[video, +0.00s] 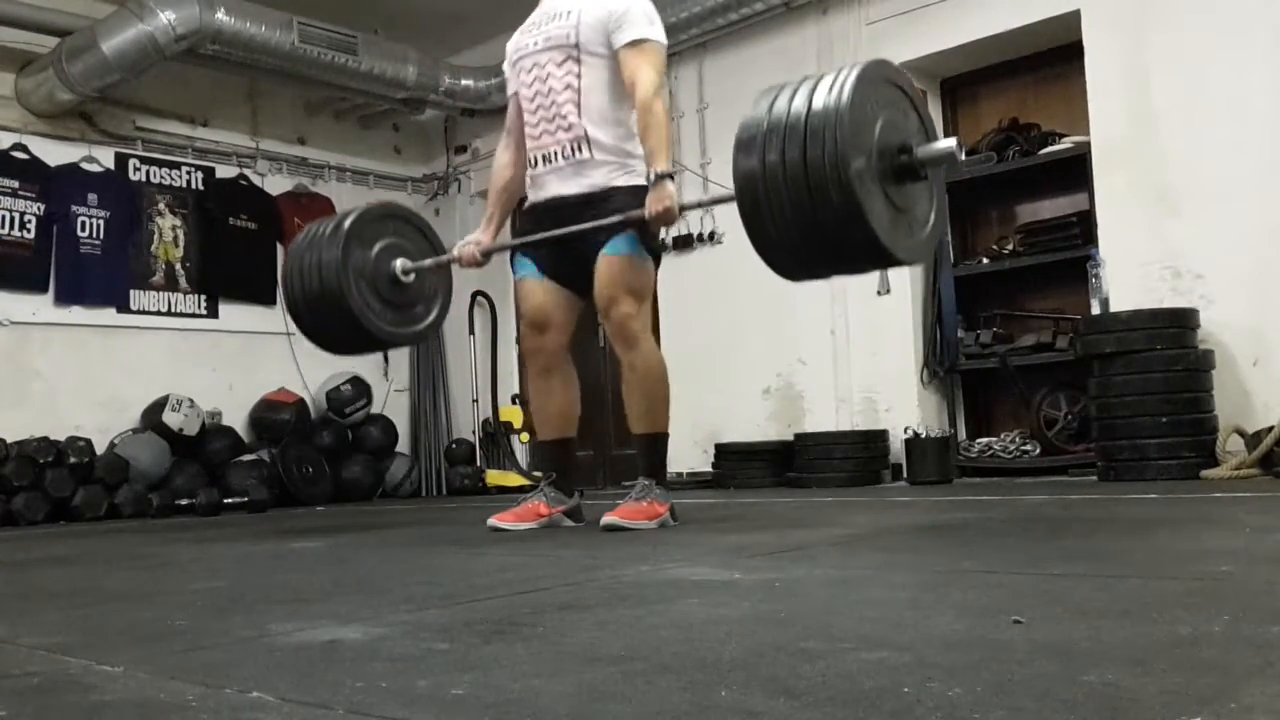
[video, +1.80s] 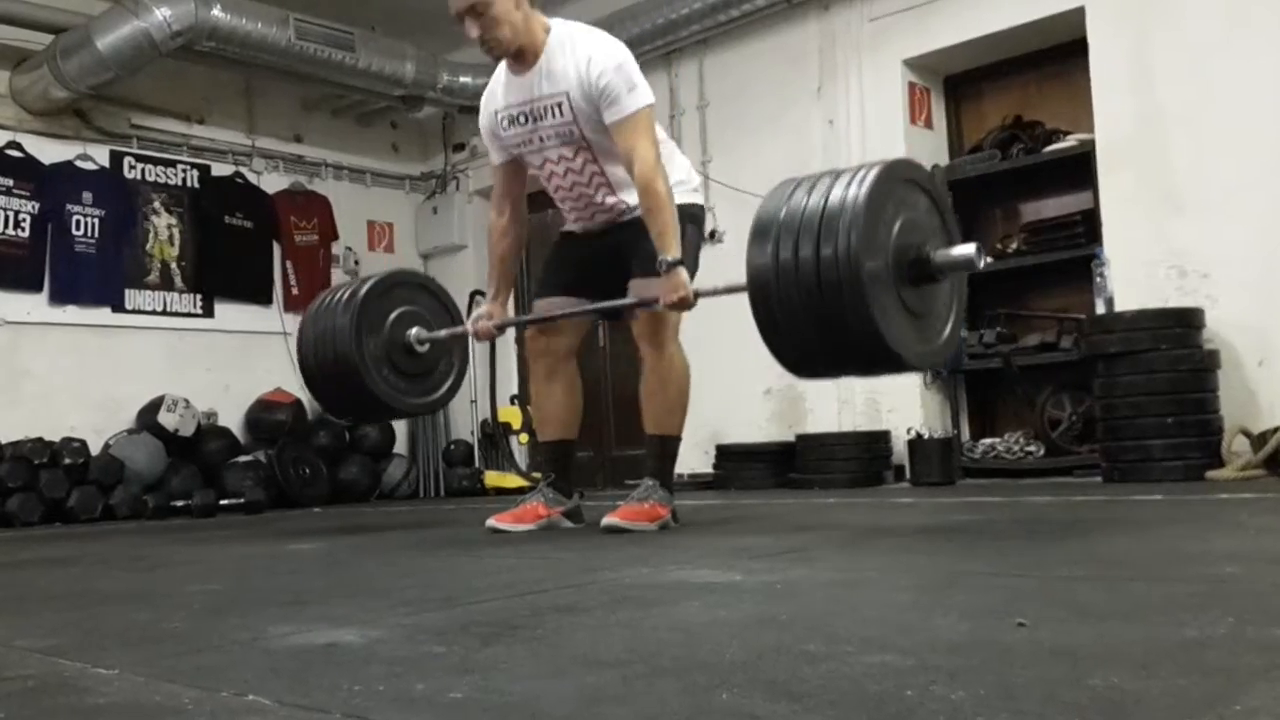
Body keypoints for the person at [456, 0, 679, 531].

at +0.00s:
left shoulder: (621, 5)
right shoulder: (519, 41)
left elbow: (647, 89)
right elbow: (513, 143)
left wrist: (661, 176)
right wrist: (488, 229)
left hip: (617, 194)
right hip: (544, 207)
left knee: (625, 320)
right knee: (540, 336)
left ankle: (653, 487)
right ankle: (558, 492)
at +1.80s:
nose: (474, 32)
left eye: (479, 12)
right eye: (463, 22)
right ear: (463, 26)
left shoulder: (597, 56)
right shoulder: (495, 102)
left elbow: (646, 163)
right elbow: (506, 207)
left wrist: (670, 261)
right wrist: (497, 298)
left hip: (657, 207)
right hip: (586, 225)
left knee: (653, 327)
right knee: (546, 338)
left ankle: (658, 490)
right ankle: (556, 493)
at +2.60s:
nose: (456, 197)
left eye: (460, 178)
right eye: (444, 188)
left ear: (497, 155)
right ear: (439, 189)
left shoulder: (586, 198)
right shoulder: (491, 238)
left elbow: (651, 297)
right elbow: (507, 329)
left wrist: (677, 402)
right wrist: (500, 419)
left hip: (676, 252)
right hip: (597, 282)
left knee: (631, 317)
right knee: (526, 341)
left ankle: (656, 490)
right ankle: (558, 493)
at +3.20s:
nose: (458, 167)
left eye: (463, 149)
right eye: (447, 158)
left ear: (501, 130)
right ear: (442, 159)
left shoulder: (584, 181)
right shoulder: (489, 219)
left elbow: (647, 284)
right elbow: (506, 315)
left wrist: (671, 387)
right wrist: (493, 408)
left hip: (671, 250)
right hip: (595, 278)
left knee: (626, 315)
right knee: (524, 341)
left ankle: (654, 490)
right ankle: (558, 493)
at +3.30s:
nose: (456, 153)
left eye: (462, 134)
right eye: (445, 143)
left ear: (500, 116)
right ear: (440, 144)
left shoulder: (582, 169)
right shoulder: (487, 210)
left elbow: (645, 276)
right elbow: (503, 308)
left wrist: (668, 377)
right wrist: (490, 400)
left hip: (670, 240)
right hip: (593, 269)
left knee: (628, 313)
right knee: (526, 338)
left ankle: (654, 490)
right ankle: (557, 493)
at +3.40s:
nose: (454, 137)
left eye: (460, 118)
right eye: (443, 127)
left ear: (500, 100)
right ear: (439, 128)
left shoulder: (579, 153)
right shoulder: (486, 194)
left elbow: (642, 257)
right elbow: (502, 295)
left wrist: (665, 362)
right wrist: (488, 384)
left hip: (668, 232)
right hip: (592, 262)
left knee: (628, 314)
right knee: (529, 337)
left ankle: (653, 491)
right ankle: (558, 494)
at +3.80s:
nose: (454, 33)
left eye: (461, 12)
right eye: (444, 22)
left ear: (504, 6)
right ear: (444, 29)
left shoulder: (581, 71)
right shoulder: (485, 115)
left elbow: (638, 172)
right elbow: (499, 217)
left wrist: (664, 268)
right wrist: (487, 309)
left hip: (647, 206)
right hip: (577, 224)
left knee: (641, 317)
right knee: (539, 333)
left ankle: (654, 488)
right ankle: (557, 491)